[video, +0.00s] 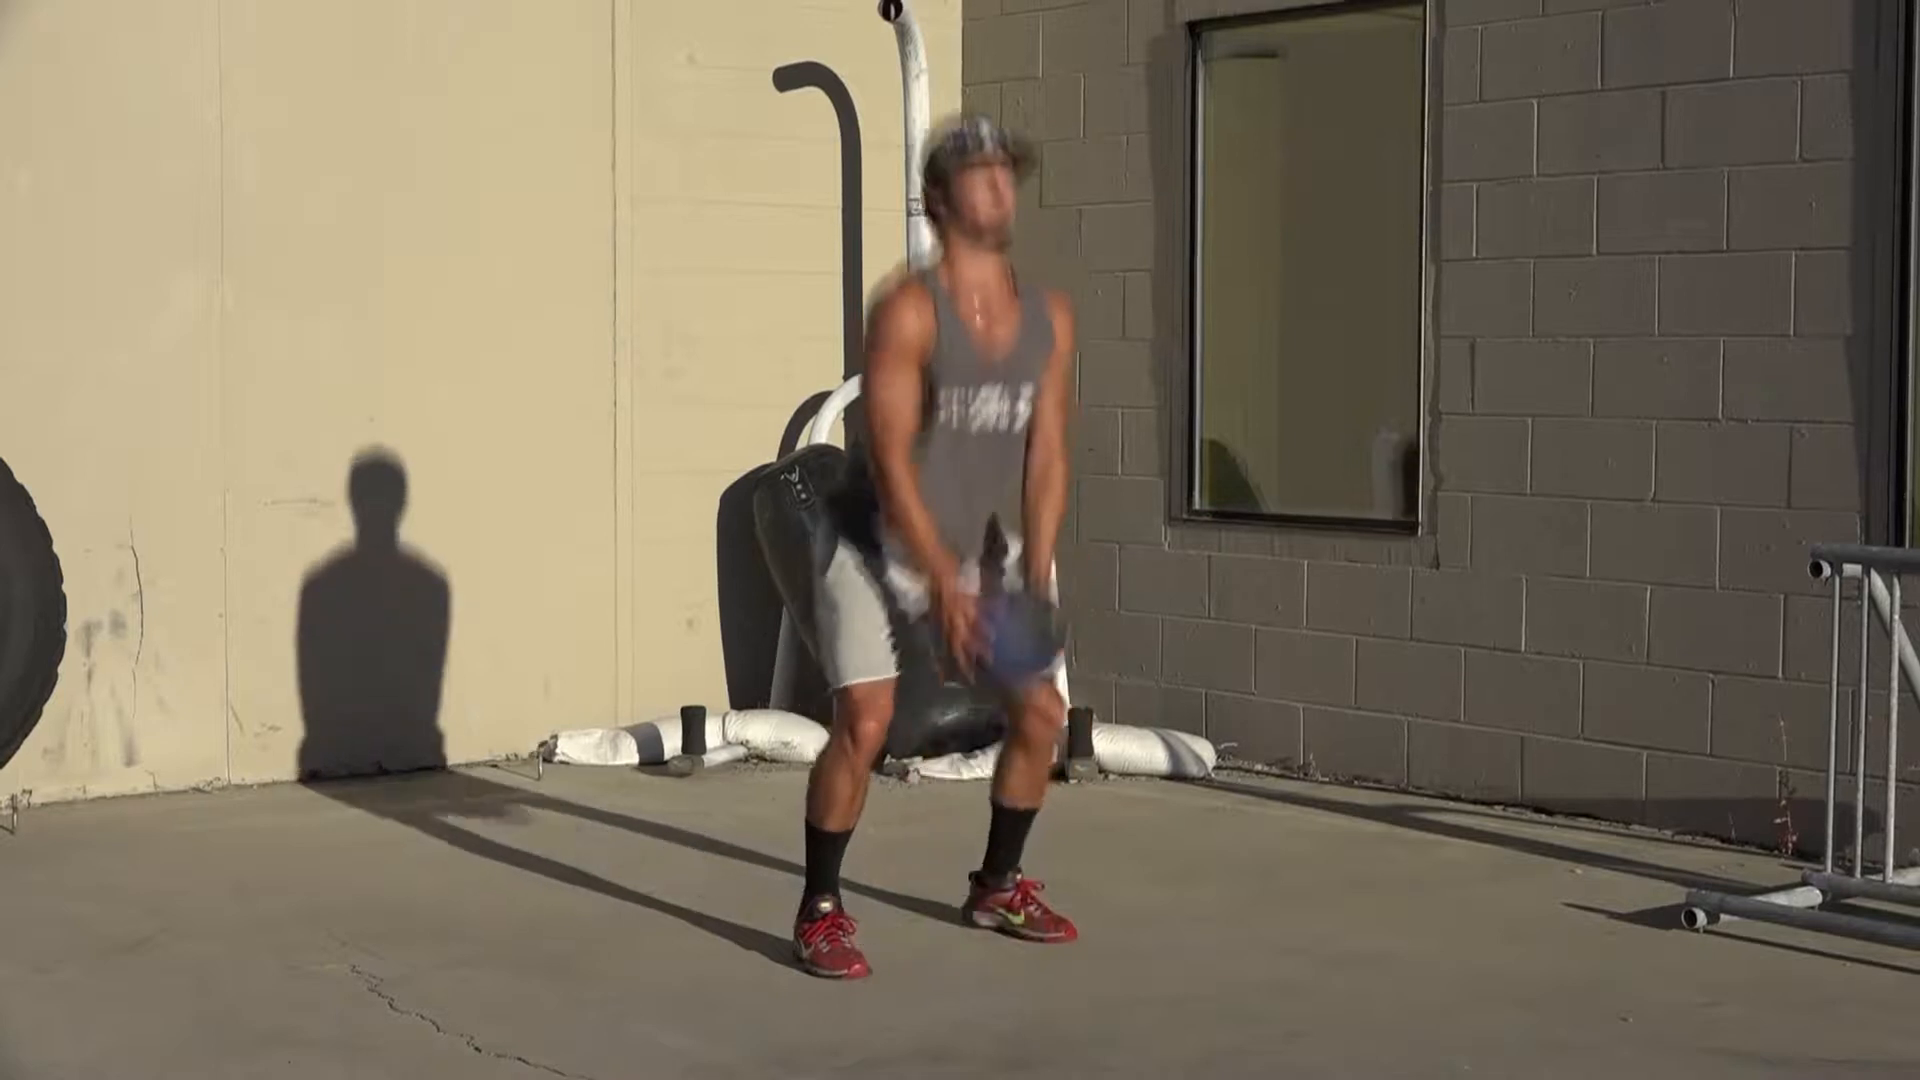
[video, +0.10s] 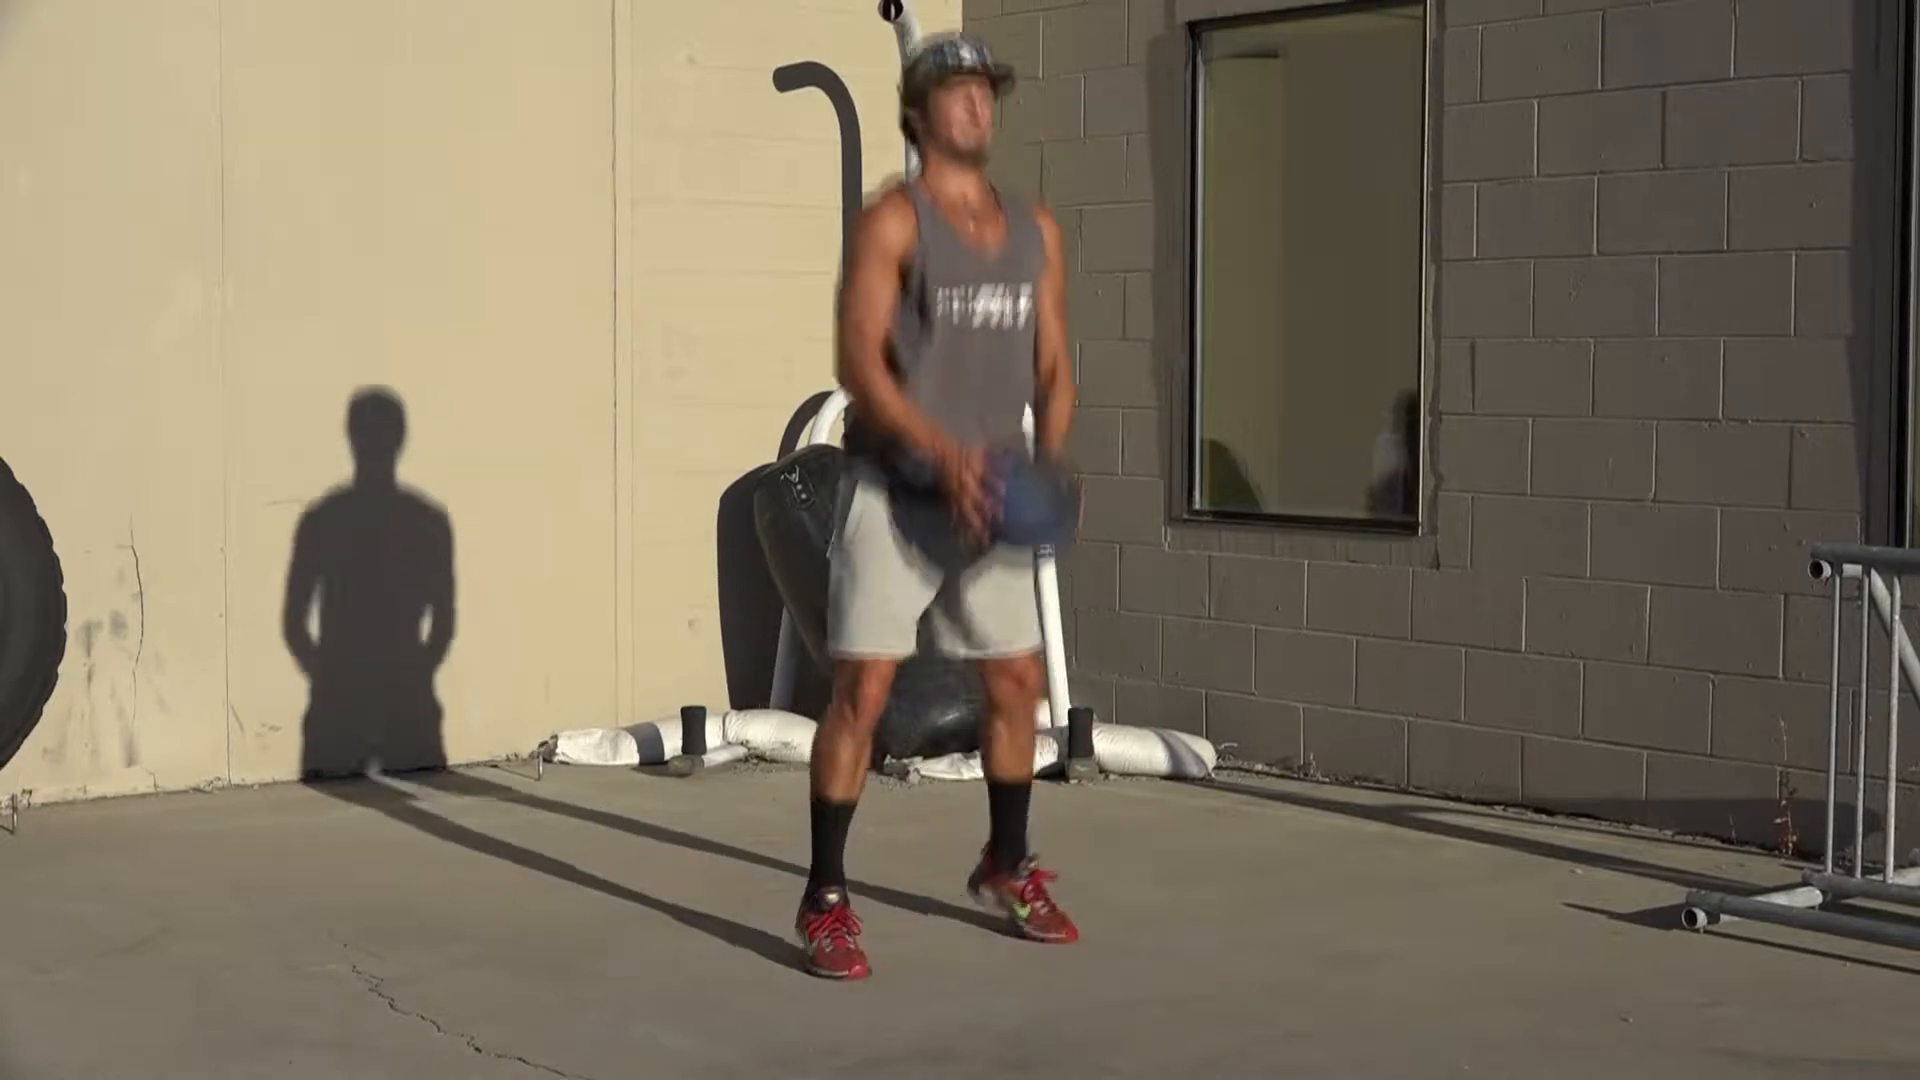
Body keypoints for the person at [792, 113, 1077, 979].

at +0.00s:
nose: (995, 187)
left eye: (1002, 173)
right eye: (975, 174)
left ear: (1016, 191)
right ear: (939, 196)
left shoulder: (1047, 314)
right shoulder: (906, 310)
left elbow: (1048, 453)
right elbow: (888, 462)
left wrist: (1039, 569)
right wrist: (942, 580)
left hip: (980, 546)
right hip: (879, 540)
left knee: (1042, 711)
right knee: (866, 719)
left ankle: (998, 885)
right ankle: (819, 909)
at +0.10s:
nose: (975, 105)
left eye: (983, 92)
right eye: (956, 91)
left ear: (997, 110)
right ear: (918, 111)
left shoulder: (1036, 227)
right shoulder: (890, 221)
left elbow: (1054, 368)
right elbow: (861, 369)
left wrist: (1050, 466)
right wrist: (941, 453)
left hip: (998, 485)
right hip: (893, 486)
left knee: (1018, 681)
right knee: (862, 691)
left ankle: (1007, 865)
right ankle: (825, 900)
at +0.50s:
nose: (954, 195)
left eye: (965, 180)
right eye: (936, 181)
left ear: (982, 194)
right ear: (901, 199)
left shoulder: (1012, 291)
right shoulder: (888, 306)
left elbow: (1136, 405)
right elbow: (869, 429)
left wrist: (1080, 352)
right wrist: (977, 360)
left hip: (972, 571)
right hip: (868, 570)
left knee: (1055, 716)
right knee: (861, 728)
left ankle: (1003, 884)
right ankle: (819, 910)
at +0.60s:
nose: (976, 297)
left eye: (985, 282)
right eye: (958, 282)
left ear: (996, 293)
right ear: (920, 295)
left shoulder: (1017, 388)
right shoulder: (891, 402)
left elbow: (1144, 509)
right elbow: (863, 540)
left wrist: (1070, 450)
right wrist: (967, 466)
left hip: (954, 619)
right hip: (853, 614)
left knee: (1062, 726)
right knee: (860, 733)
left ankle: (1002, 887)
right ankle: (820, 913)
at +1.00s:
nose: (985, 397)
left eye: (996, 380)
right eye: (967, 380)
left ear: (1009, 392)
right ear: (929, 393)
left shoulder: (1017, 491)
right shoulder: (888, 492)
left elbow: (1134, 605)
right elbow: (843, 623)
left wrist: (1062, 554)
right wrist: (955, 572)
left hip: (934, 658)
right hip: (833, 657)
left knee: (1055, 731)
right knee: (847, 733)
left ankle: (1003, 887)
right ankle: (819, 913)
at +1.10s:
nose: (984, 338)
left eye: (995, 322)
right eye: (966, 322)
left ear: (1006, 332)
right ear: (928, 332)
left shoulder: (1014, 426)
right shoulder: (886, 429)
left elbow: (1131, 550)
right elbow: (836, 564)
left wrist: (1056, 489)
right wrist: (950, 509)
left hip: (950, 631)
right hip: (844, 619)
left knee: (1052, 728)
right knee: (859, 728)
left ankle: (1003, 888)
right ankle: (820, 912)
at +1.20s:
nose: (980, 274)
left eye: (993, 258)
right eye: (963, 257)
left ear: (1004, 271)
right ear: (926, 267)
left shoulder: (1015, 374)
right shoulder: (884, 374)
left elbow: (1126, 495)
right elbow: (836, 506)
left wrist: (1061, 441)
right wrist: (947, 454)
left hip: (959, 593)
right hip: (854, 586)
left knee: (1047, 721)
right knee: (862, 725)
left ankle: (1004, 886)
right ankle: (821, 911)